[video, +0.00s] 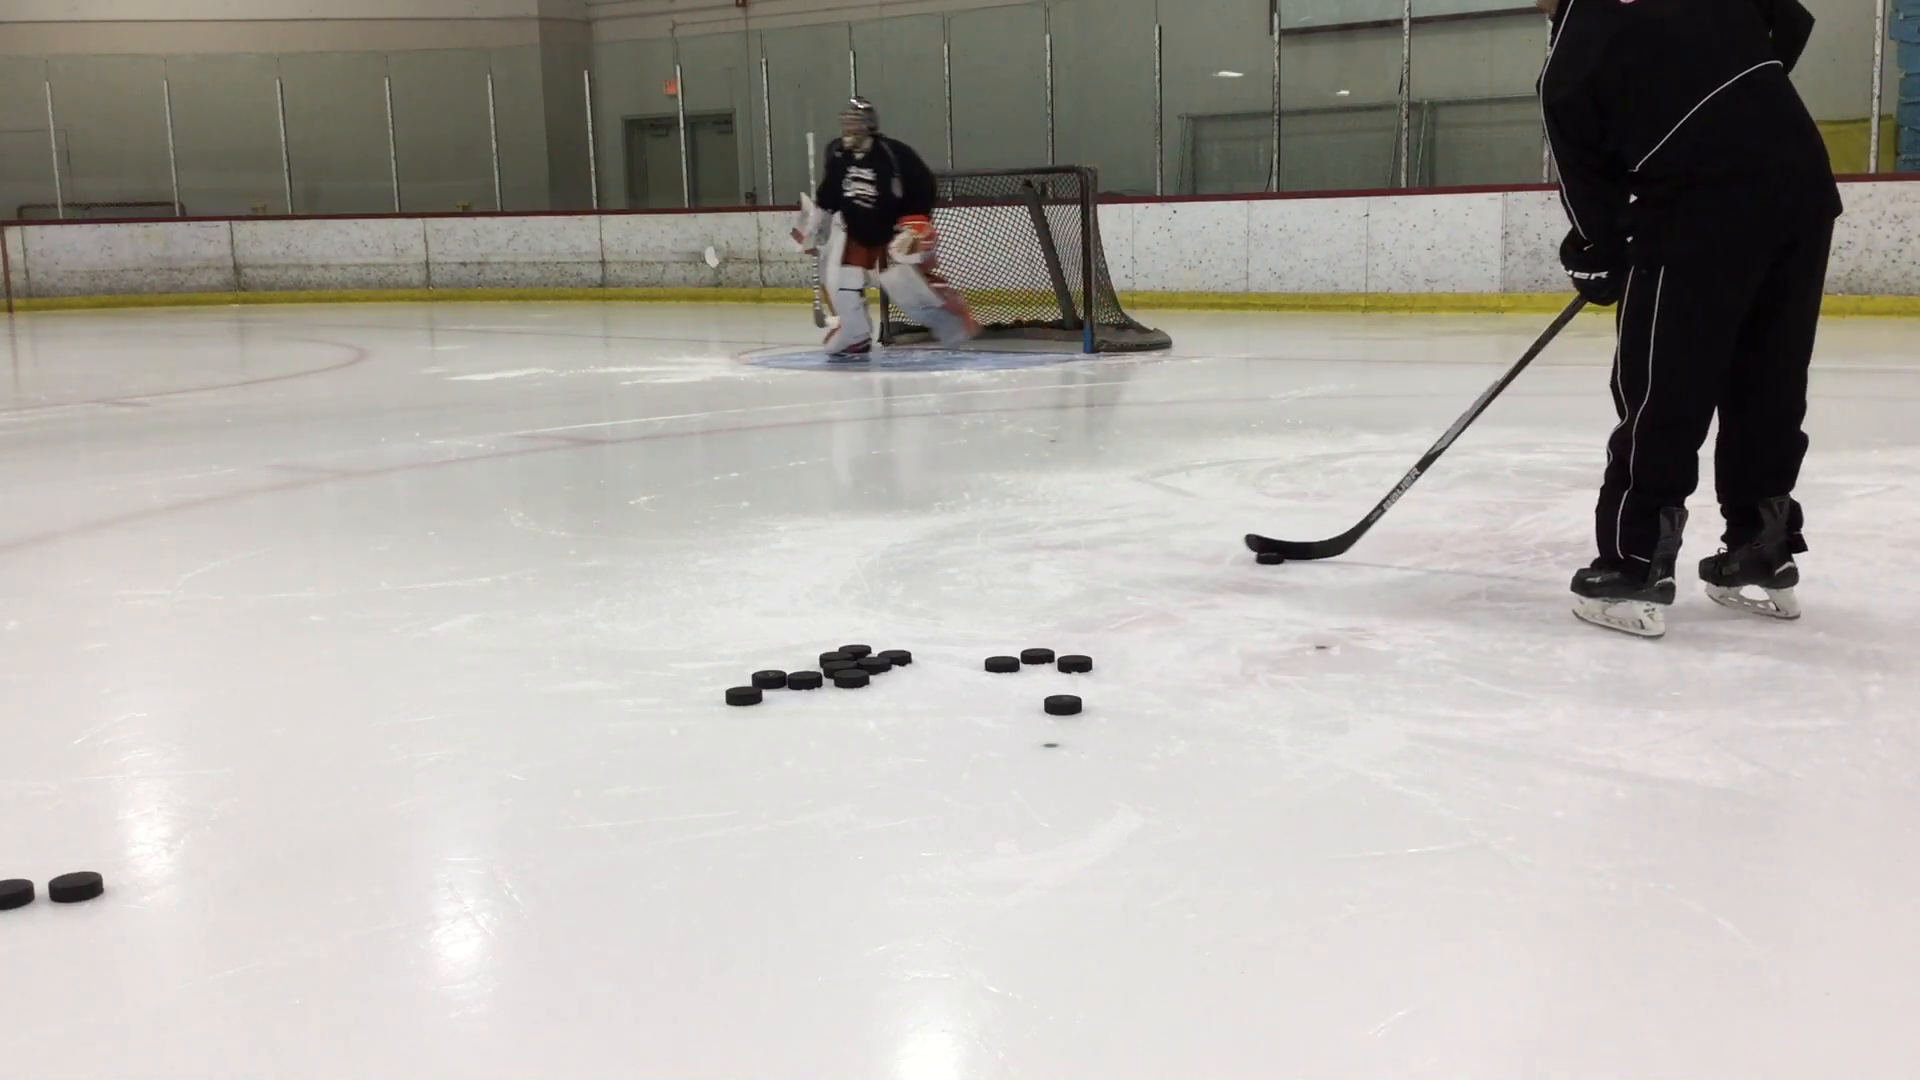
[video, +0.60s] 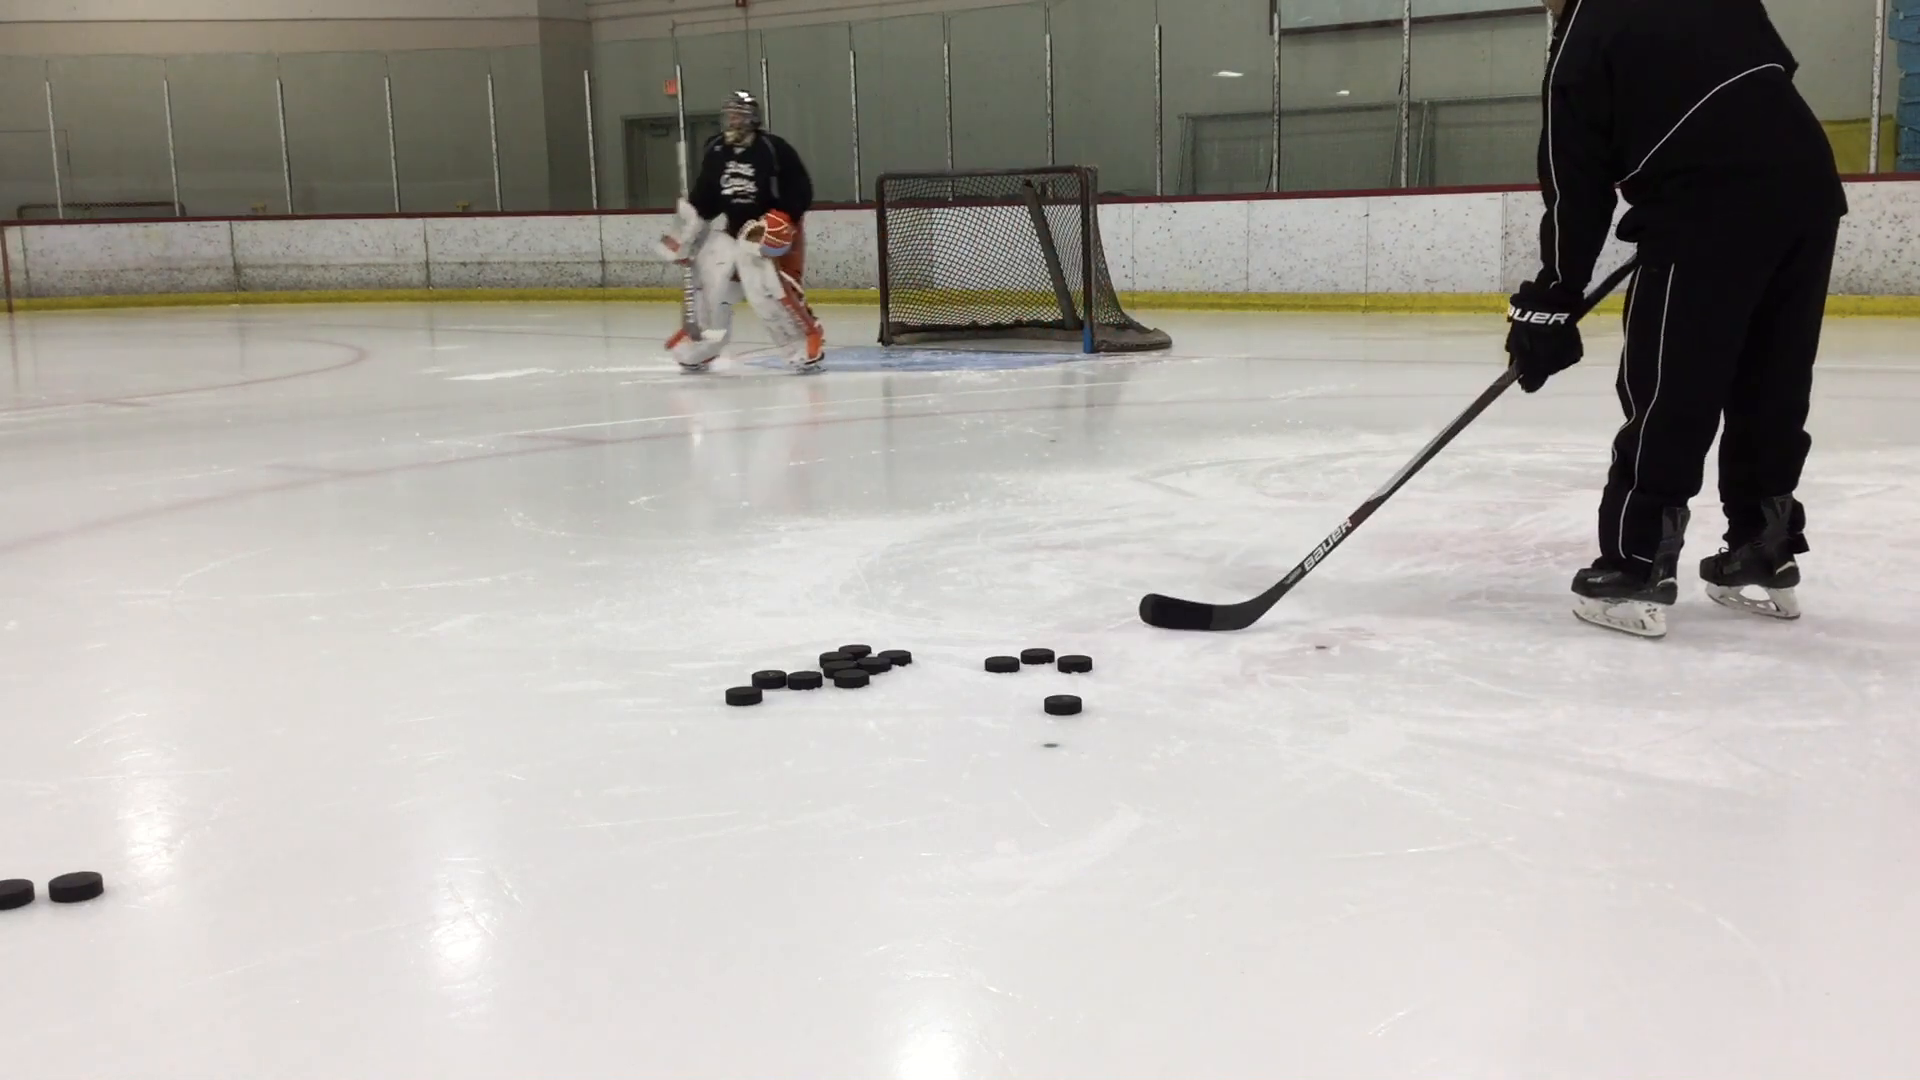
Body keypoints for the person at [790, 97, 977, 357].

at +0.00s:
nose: (849, 131)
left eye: (854, 125)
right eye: (846, 125)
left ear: (869, 127)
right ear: (842, 126)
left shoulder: (894, 154)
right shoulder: (837, 152)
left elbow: (924, 187)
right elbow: (830, 189)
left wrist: (913, 229)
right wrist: (815, 223)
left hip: (890, 237)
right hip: (854, 234)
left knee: (908, 294)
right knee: (841, 286)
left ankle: (954, 329)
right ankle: (855, 338)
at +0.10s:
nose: (831, 125)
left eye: (837, 119)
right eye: (828, 119)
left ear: (851, 122)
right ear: (824, 121)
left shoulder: (875, 153)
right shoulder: (818, 149)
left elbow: (901, 192)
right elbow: (810, 191)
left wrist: (884, 231)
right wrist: (796, 228)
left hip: (869, 238)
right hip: (830, 234)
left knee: (878, 295)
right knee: (822, 289)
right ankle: (833, 341)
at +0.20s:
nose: (815, 123)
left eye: (821, 118)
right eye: (812, 117)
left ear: (835, 121)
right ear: (808, 119)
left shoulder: (857, 151)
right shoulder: (800, 147)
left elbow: (882, 187)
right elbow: (791, 190)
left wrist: (860, 223)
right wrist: (778, 227)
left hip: (843, 235)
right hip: (807, 232)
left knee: (846, 295)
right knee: (800, 289)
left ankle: (873, 342)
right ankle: (810, 341)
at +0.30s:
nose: (796, 121)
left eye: (803, 116)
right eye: (793, 115)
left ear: (818, 119)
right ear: (789, 117)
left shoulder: (840, 150)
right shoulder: (781, 148)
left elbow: (858, 195)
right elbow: (771, 193)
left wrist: (829, 227)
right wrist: (756, 229)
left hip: (823, 237)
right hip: (787, 232)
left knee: (823, 292)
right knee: (778, 287)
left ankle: (850, 345)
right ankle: (782, 343)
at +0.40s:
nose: (776, 119)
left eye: (783, 113)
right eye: (772, 113)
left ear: (798, 117)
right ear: (768, 115)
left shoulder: (818, 149)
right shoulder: (761, 146)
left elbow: (837, 195)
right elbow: (751, 193)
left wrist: (807, 227)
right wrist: (734, 228)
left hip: (804, 237)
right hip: (767, 232)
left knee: (804, 292)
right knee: (756, 287)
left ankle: (834, 348)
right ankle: (755, 346)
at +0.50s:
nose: (756, 119)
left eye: (763, 114)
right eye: (753, 114)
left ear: (777, 118)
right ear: (749, 115)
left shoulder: (796, 149)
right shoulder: (740, 147)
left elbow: (817, 194)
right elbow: (729, 193)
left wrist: (788, 227)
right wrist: (711, 228)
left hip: (780, 238)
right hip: (743, 234)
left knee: (784, 296)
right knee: (734, 290)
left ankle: (816, 349)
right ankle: (730, 345)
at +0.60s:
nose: (733, 122)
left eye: (739, 116)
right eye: (728, 116)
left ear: (753, 119)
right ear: (724, 119)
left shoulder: (775, 150)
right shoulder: (716, 150)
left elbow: (800, 191)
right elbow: (705, 195)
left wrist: (777, 223)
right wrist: (684, 231)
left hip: (761, 236)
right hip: (724, 232)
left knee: (766, 295)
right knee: (707, 283)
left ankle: (802, 348)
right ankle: (700, 348)